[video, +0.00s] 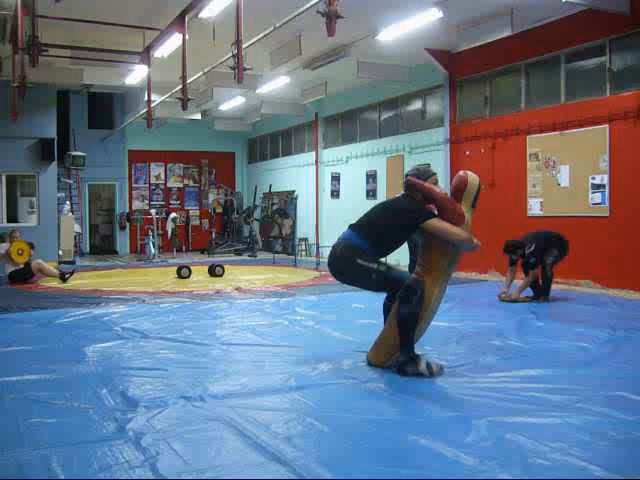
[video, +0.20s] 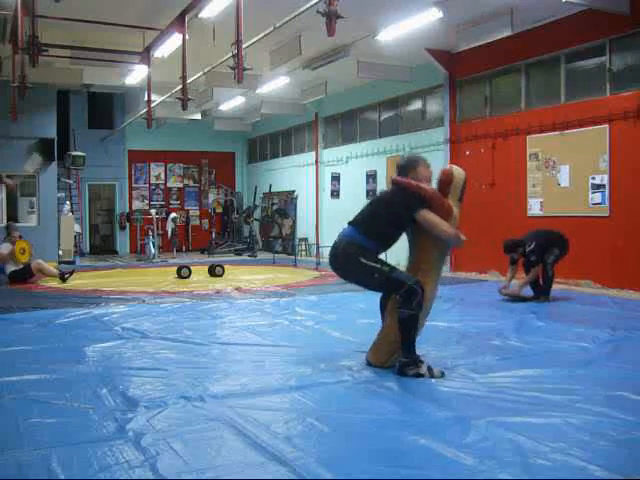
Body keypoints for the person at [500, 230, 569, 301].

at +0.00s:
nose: (513, 258)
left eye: (513, 255)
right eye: (511, 256)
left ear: (518, 251)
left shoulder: (531, 252)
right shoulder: (515, 250)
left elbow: (532, 276)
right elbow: (511, 272)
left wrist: (518, 292)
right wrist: (506, 289)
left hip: (559, 244)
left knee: (547, 263)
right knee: (525, 265)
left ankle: (545, 294)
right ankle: (537, 291)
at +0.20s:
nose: (513, 258)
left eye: (513, 255)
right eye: (511, 256)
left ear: (518, 250)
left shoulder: (532, 249)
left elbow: (536, 271)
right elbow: (513, 267)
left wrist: (520, 287)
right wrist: (507, 284)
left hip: (560, 243)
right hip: (545, 243)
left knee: (548, 263)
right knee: (527, 264)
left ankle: (545, 294)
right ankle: (538, 292)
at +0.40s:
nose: (512, 252)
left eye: (512, 249)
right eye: (510, 250)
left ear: (518, 243)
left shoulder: (532, 241)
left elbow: (540, 262)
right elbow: (512, 260)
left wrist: (524, 277)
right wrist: (508, 275)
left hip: (561, 241)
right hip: (545, 242)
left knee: (550, 262)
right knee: (532, 263)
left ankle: (549, 295)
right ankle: (539, 293)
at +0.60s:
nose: (515, 247)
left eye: (516, 244)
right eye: (513, 245)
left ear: (521, 238)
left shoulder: (534, 238)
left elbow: (546, 257)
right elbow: (516, 256)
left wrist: (530, 273)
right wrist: (512, 272)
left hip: (562, 238)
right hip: (548, 238)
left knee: (550, 266)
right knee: (535, 262)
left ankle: (553, 294)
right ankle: (537, 291)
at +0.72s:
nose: (516, 245)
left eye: (516, 242)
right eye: (514, 243)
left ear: (522, 237)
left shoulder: (535, 238)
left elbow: (548, 257)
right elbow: (517, 256)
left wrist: (536, 275)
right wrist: (514, 272)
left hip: (562, 238)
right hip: (548, 237)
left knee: (551, 266)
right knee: (531, 260)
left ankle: (553, 294)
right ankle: (534, 288)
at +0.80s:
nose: (518, 247)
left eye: (518, 244)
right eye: (515, 245)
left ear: (523, 238)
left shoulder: (536, 239)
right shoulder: (521, 237)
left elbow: (547, 260)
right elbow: (519, 254)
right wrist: (515, 270)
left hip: (560, 238)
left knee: (552, 264)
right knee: (531, 260)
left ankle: (553, 293)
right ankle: (528, 287)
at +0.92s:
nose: (519, 250)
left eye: (519, 247)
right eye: (517, 248)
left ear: (524, 241)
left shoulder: (537, 243)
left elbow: (545, 265)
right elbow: (519, 256)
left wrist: (543, 288)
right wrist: (515, 269)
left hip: (559, 237)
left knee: (553, 267)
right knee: (530, 263)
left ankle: (553, 294)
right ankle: (528, 289)